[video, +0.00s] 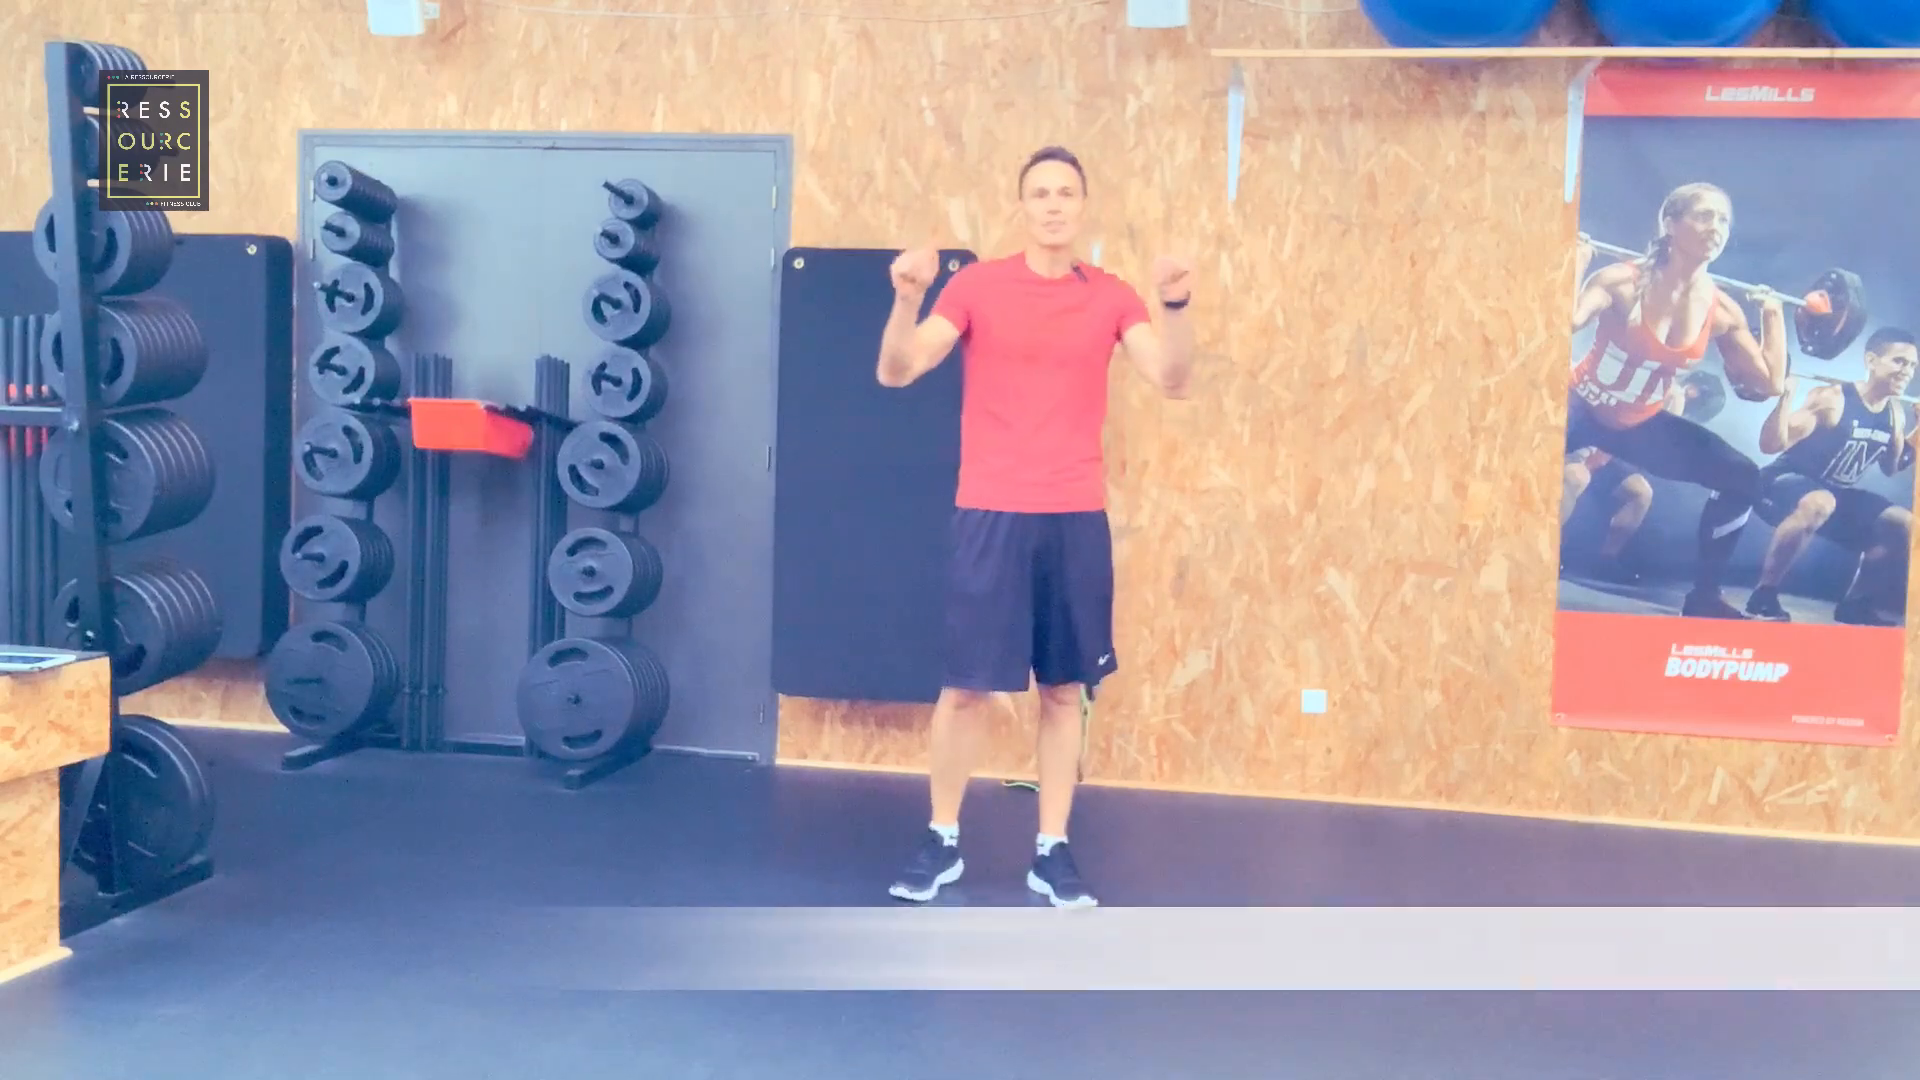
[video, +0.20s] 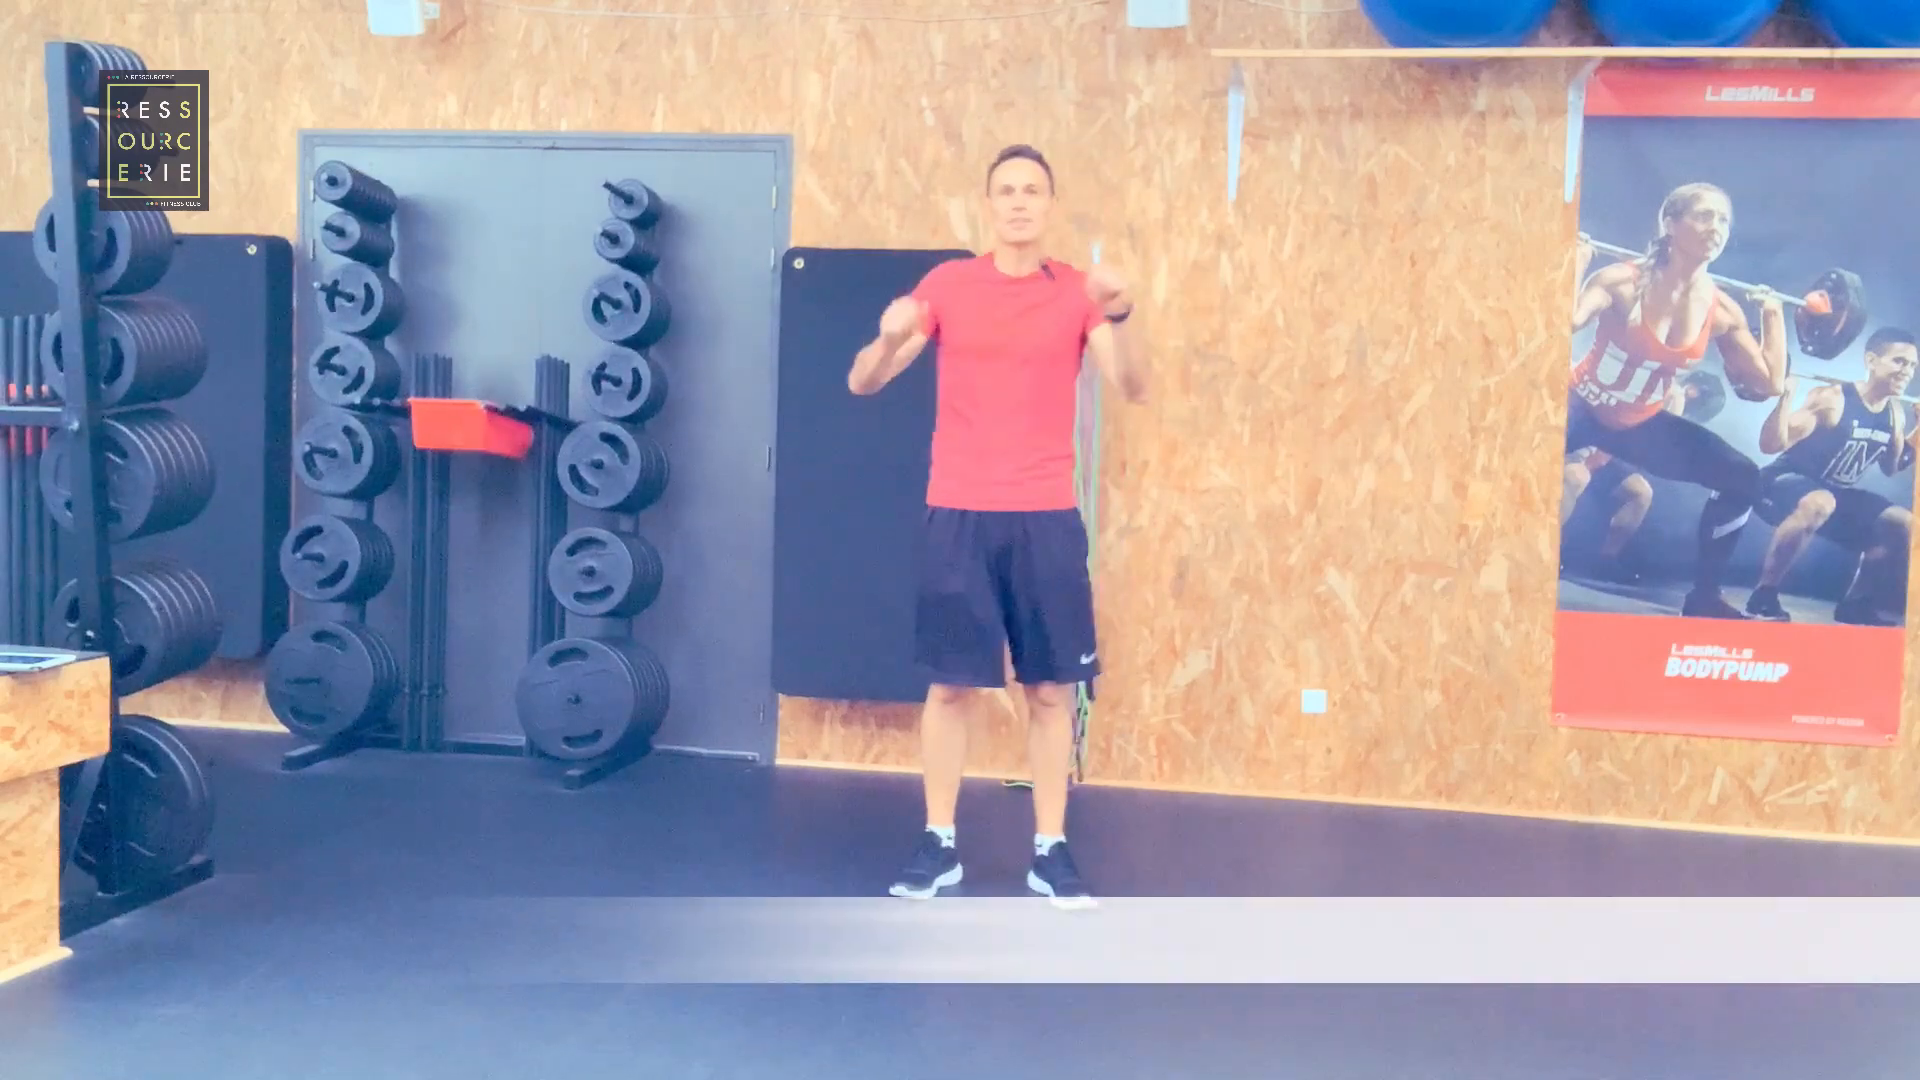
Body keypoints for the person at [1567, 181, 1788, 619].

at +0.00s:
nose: (1716, 228)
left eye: (1724, 221)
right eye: (1704, 216)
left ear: (1728, 234)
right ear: (1670, 223)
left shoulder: (1722, 310)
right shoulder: (1620, 279)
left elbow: (1768, 386)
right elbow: (1559, 325)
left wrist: (1773, 312)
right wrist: (1573, 269)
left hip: (1644, 425)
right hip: (1579, 409)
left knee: (1741, 477)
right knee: (1514, 448)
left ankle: (1705, 596)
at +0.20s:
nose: (1716, 228)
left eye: (1724, 221)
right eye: (1704, 216)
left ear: (1728, 234)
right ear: (1670, 223)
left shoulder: (1722, 310)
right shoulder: (1620, 279)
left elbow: (1768, 386)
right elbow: (1559, 324)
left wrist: (1773, 312)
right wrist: (1573, 269)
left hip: (1644, 425)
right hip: (1579, 409)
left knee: (1741, 477)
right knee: (1514, 448)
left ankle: (1705, 597)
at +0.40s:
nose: (1716, 228)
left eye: (1724, 221)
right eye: (1704, 216)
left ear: (1728, 234)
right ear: (1670, 223)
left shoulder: (1722, 310)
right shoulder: (1620, 279)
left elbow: (1768, 386)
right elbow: (1559, 324)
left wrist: (1773, 312)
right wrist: (1573, 269)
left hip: (1644, 425)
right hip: (1579, 409)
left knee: (1742, 477)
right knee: (1515, 448)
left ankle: (1705, 597)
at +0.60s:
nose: (1716, 228)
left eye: (1724, 221)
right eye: (1704, 216)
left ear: (1728, 234)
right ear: (1670, 223)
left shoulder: (1722, 310)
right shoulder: (1620, 279)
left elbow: (1768, 386)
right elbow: (1559, 325)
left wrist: (1773, 312)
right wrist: (1573, 269)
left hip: (1644, 425)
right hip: (1579, 409)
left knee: (1741, 477)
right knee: (1515, 448)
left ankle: (1705, 597)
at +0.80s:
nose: (1716, 228)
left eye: (1724, 221)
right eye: (1704, 216)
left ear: (1728, 234)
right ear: (1671, 223)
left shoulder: (1722, 310)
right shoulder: (1620, 279)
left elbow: (1768, 386)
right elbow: (1559, 324)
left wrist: (1773, 312)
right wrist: (1573, 269)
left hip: (1644, 425)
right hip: (1579, 409)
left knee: (1741, 477)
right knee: (1516, 447)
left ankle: (1705, 597)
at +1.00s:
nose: (1716, 228)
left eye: (1724, 221)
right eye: (1704, 216)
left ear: (1728, 234)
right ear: (1671, 224)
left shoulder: (1722, 310)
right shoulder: (1620, 279)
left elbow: (1768, 386)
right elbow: (1559, 324)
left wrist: (1773, 312)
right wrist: (1573, 269)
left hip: (1644, 425)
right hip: (1579, 409)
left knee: (1741, 477)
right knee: (1515, 447)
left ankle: (1705, 597)